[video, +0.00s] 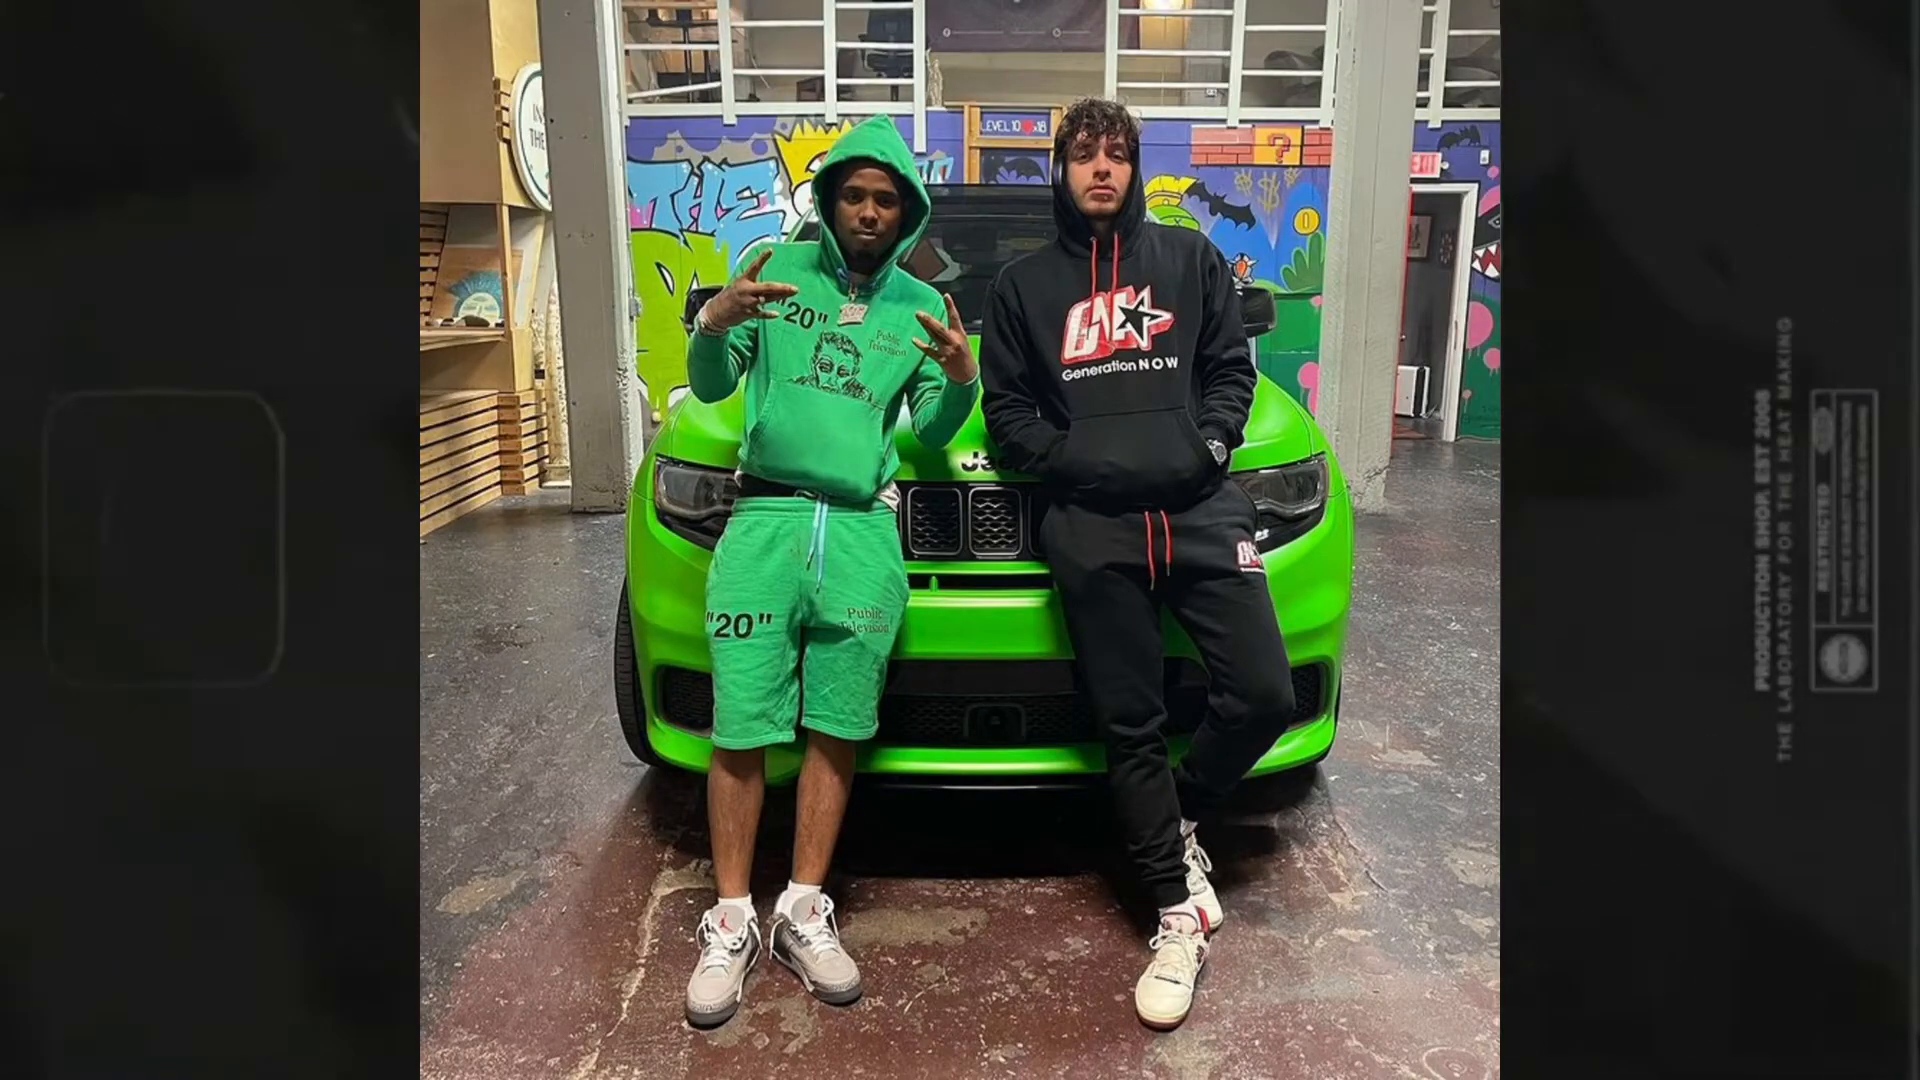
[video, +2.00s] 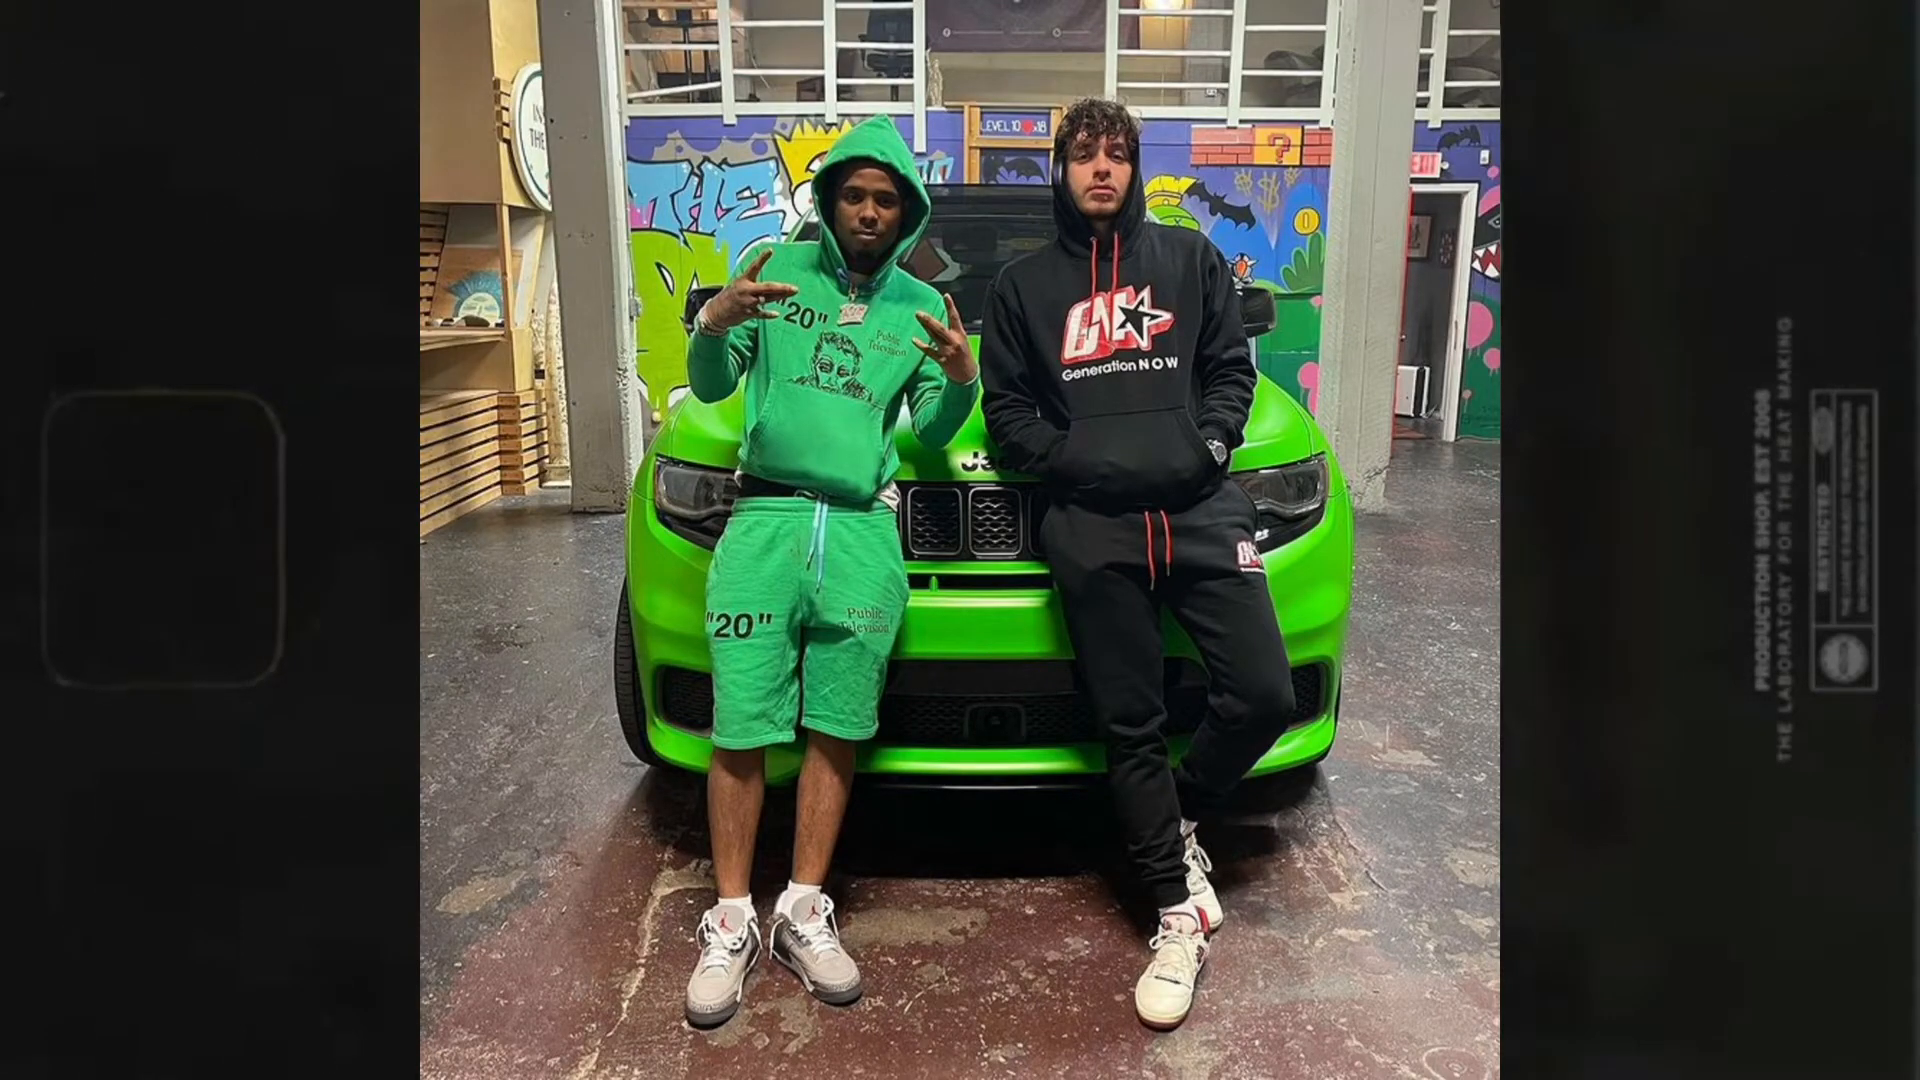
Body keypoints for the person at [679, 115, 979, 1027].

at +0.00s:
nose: (869, 213)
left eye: (885, 199)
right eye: (855, 196)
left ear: (906, 212)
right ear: (827, 202)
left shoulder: (923, 305)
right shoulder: (776, 267)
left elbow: (924, 439)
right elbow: (712, 384)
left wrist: (960, 380)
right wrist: (712, 323)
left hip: (861, 527)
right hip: (763, 517)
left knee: (838, 728)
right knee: (741, 728)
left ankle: (805, 908)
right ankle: (731, 919)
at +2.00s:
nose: (869, 213)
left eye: (885, 199)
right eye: (855, 196)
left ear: (906, 212)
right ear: (827, 202)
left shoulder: (923, 306)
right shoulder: (775, 267)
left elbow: (923, 439)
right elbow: (712, 384)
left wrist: (960, 380)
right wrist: (712, 322)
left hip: (861, 527)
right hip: (764, 516)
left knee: (838, 728)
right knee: (741, 729)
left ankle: (805, 909)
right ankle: (732, 919)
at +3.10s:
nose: (868, 212)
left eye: (885, 198)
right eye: (854, 196)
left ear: (906, 212)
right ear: (827, 203)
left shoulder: (924, 305)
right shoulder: (776, 267)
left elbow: (924, 439)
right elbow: (712, 384)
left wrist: (960, 380)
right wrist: (714, 321)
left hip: (861, 527)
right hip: (763, 517)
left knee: (838, 729)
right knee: (741, 729)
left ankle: (805, 909)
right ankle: (732, 920)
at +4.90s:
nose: (868, 212)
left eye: (885, 198)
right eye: (854, 196)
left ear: (907, 212)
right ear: (827, 202)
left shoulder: (923, 305)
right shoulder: (776, 268)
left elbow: (923, 439)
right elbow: (712, 384)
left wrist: (961, 380)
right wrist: (713, 321)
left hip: (861, 527)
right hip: (763, 517)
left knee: (838, 728)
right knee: (741, 728)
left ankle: (805, 908)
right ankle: (732, 919)